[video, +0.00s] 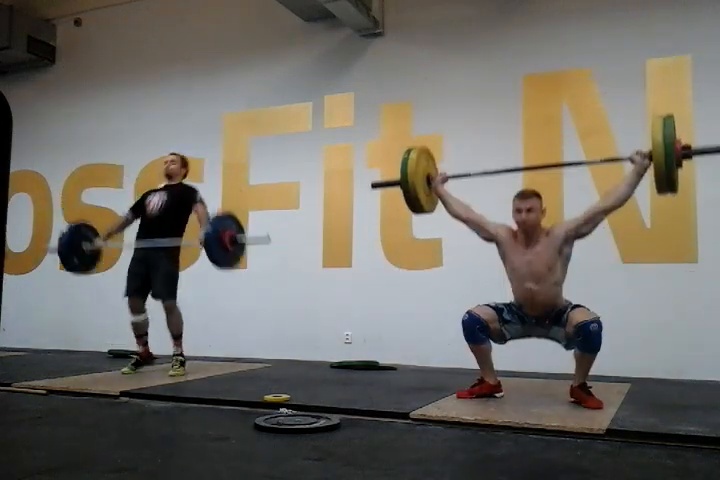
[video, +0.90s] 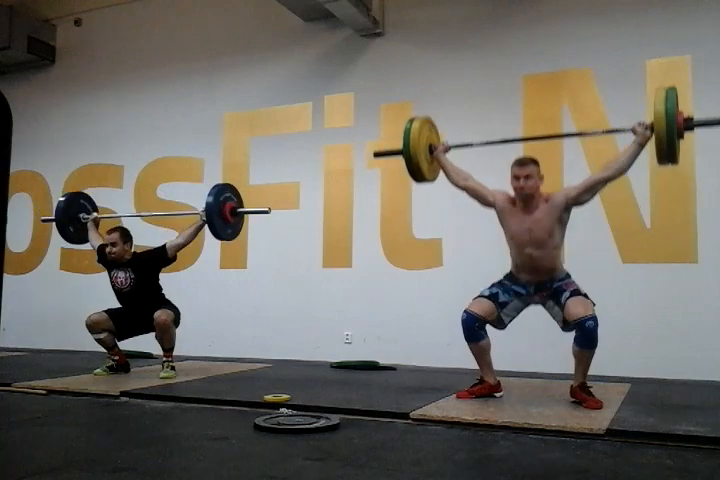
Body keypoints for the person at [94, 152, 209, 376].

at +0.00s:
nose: (168, 165)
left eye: (173, 162)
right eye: (166, 162)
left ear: (183, 169)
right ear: (162, 169)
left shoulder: (188, 191)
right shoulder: (150, 194)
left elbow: (201, 210)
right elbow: (128, 218)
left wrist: (205, 231)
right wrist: (105, 235)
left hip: (166, 254)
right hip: (142, 253)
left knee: (169, 303)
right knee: (134, 301)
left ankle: (178, 354)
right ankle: (143, 352)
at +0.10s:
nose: (173, 165)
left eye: (179, 163)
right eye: (172, 163)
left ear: (190, 171)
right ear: (169, 169)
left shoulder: (193, 188)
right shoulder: (155, 190)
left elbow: (209, 201)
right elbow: (129, 205)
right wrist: (100, 211)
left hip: (167, 246)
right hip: (141, 245)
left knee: (169, 295)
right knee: (126, 294)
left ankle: (178, 347)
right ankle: (138, 344)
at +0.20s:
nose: (164, 176)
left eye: (170, 173)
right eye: (163, 173)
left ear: (181, 177)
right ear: (160, 177)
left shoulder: (189, 195)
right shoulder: (152, 198)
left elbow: (214, 198)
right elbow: (123, 203)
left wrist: (222, 183)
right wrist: (95, 194)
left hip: (167, 261)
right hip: (142, 259)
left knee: (166, 305)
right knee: (113, 305)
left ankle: (173, 355)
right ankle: (125, 352)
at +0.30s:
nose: (150, 196)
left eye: (154, 192)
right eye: (147, 192)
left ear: (165, 194)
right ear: (145, 194)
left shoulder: (178, 215)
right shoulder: (141, 216)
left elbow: (200, 207)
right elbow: (115, 211)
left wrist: (203, 181)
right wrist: (97, 191)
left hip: (170, 281)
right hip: (145, 281)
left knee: (164, 311)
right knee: (105, 313)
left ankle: (170, 362)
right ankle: (119, 360)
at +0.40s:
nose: (134, 211)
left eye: (139, 207)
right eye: (132, 207)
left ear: (151, 209)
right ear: (130, 209)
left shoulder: (165, 226)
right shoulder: (128, 228)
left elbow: (190, 211)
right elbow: (105, 214)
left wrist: (199, 185)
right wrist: (90, 193)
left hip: (167, 290)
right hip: (142, 291)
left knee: (161, 314)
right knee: (101, 316)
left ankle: (169, 362)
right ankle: (119, 361)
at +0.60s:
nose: (115, 230)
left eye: (120, 226)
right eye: (114, 226)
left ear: (134, 229)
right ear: (112, 228)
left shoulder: (152, 244)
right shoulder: (115, 246)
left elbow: (181, 228)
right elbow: (96, 226)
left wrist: (199, 204)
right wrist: (90, 208)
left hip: (162, 299)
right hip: (136, 302)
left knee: (161, 317)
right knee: (96, 319)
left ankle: (168, 361)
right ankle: (119, 362)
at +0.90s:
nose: (109, 250)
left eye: (113, 245)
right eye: (107, 246)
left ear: (127, 246)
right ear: (105, 248)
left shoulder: (147, 260)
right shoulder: (109, 261)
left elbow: (179, 242)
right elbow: (95, 241)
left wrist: (202, 221)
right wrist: (91, 223)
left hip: (158, 311)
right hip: (132, 314)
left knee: (162, 318)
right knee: (94, 322)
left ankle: (168, 362)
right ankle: (119, 362)